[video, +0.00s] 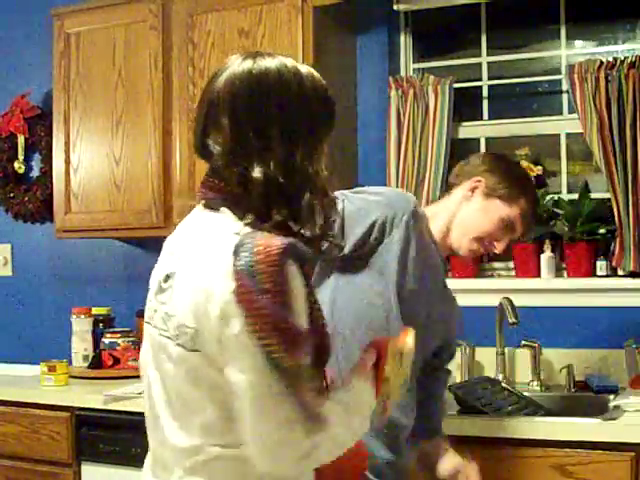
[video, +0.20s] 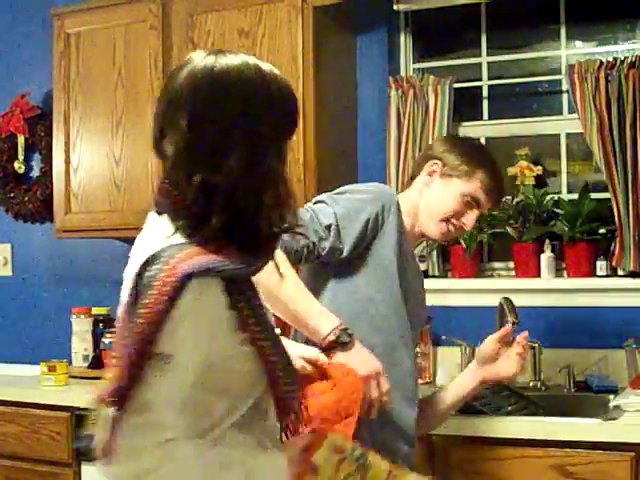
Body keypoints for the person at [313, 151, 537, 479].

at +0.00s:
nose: (501, 247)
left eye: (511, 241)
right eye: (505, 227)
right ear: (473, 189)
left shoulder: (444, 318)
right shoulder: (391, 210)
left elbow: (426, 435)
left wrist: (446, 461)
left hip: (379, 470)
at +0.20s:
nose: (470, 222)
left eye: (479, 215)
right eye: (469, 201)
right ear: (432, 173)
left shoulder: (411, 277)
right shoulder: (376, 203)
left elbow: (407, 423)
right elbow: (259, 250)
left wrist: (476, 372)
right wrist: (339, 341)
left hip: (385, 466)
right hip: (335, 459)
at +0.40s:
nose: (454, 193)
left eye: (466, 188)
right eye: (448, 172)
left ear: (466, 199)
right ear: (408, 158)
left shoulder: (404, 267)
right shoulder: (367, 200)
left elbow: (428, 412)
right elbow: (253, 261)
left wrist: (490, 336)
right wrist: (352, 325)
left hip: (398, 466)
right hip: (346, 462)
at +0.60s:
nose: (431, 159)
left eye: (447, 154)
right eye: (422, 142)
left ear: (455, 178)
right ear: (395, 146)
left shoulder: (423, 271)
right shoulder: (355, 196)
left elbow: (462, 380)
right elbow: (233, 257)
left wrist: (517, 315)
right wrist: (321, 320)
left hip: (403, 459)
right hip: (342, 453)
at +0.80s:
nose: (428, 150)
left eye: (446, 143)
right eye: (420, 132)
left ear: (460, 167)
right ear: (396, 139)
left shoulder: (433, 267)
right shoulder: (346, 199)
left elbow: (478, 361)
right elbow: (226, 260)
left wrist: (505, 275)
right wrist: (279, 330)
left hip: (407, 461)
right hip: (341, 455)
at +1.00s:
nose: (422, 151)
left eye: (441, 143)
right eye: (413, 133)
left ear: (459, 161)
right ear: (395, 138)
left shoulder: (437, 263)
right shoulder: (339, 200)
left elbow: (483, 345)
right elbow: (245, 256)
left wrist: (480, 231)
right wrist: (265, 344)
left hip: (405, 458)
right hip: (332, 450)